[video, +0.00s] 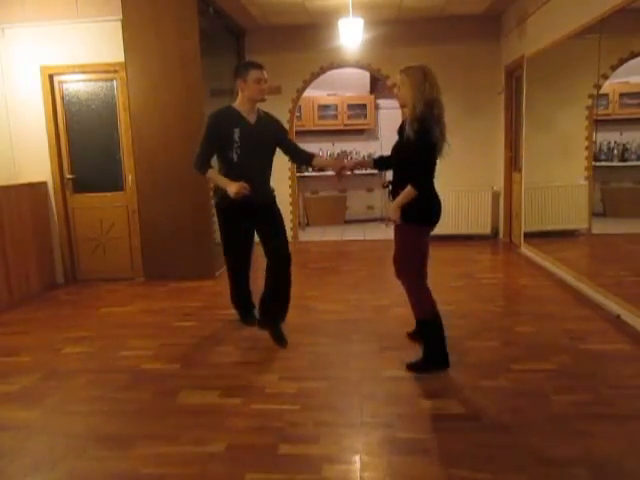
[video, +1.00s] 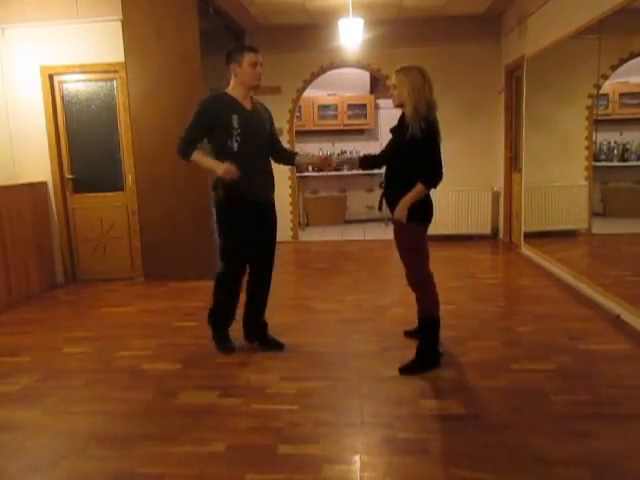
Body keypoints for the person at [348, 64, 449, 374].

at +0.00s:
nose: (395, 91)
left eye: (400, 86)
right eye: (395, 86)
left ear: (416, 88)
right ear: (410, 89)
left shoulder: (422, 125)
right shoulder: (410, 123)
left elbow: (422, 177)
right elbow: (395, 162)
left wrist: (398, 203)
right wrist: (359, 164)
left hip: (419, 208)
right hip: (410, 207)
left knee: (411, 272)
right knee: (405, 268)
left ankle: (436, 352)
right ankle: (426, 325)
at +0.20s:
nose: (394, 91)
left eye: (399, 86)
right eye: (394, 86)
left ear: (414, 90)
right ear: (409, 90)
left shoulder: (423, 126)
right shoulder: (407, 124)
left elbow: (434, 177)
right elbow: (395, 161)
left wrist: (407, 204)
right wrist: (360, 161)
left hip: (418, 208)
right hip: (412, 208)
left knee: (394, 270)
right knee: (410, 266)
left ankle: (434, 325)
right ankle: (427, 320)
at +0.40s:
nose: (393, 95)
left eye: (398, 90)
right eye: (394, 90)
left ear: (412, 93)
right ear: (413, 94)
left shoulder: (423, 127)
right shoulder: (409, 126)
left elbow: (431, 180)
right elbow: (392, 167)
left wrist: (404, 207)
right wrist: (352, 174)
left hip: (420, 207)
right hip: (412, 206)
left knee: (388, 268)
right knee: (412, 266)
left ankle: (451, 282)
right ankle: (427, 324)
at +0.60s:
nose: (394, 91)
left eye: (398, 87)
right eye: (394, 86)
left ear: (414, 90)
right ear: (410, 90)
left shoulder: (424, 124)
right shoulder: (406, 123)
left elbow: (435, 173)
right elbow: (384, 165)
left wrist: (406, 200)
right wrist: (350, 180)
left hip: (415, 208)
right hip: (406, 207)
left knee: (411, 274)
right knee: (412, 271)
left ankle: (428, 348)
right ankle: (427, 326)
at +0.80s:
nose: (392, 91)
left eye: (397, 86)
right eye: (392, 86)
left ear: (413, 89)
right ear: (404, 90)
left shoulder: (423, 124)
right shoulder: (404, 124)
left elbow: (432, 173)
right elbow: (382, 166)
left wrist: (405, 202)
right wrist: (342, 176)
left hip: (414, 211)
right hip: (403, 210)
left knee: (421, 278)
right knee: (418, 275)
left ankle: (430, 352)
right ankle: (427, 325)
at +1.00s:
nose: (391, 91)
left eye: (396, 86)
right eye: (392, 86)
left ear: (412, 88)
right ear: (404, 89)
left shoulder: (423, 124)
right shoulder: (404, 122)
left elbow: (433, 174)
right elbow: (382, 158)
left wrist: (405, 203)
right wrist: (342, 162)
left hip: (413, 211)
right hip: (403, 210)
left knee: (419, 277)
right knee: (417, 274)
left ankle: (429, 350)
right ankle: (427, 326)